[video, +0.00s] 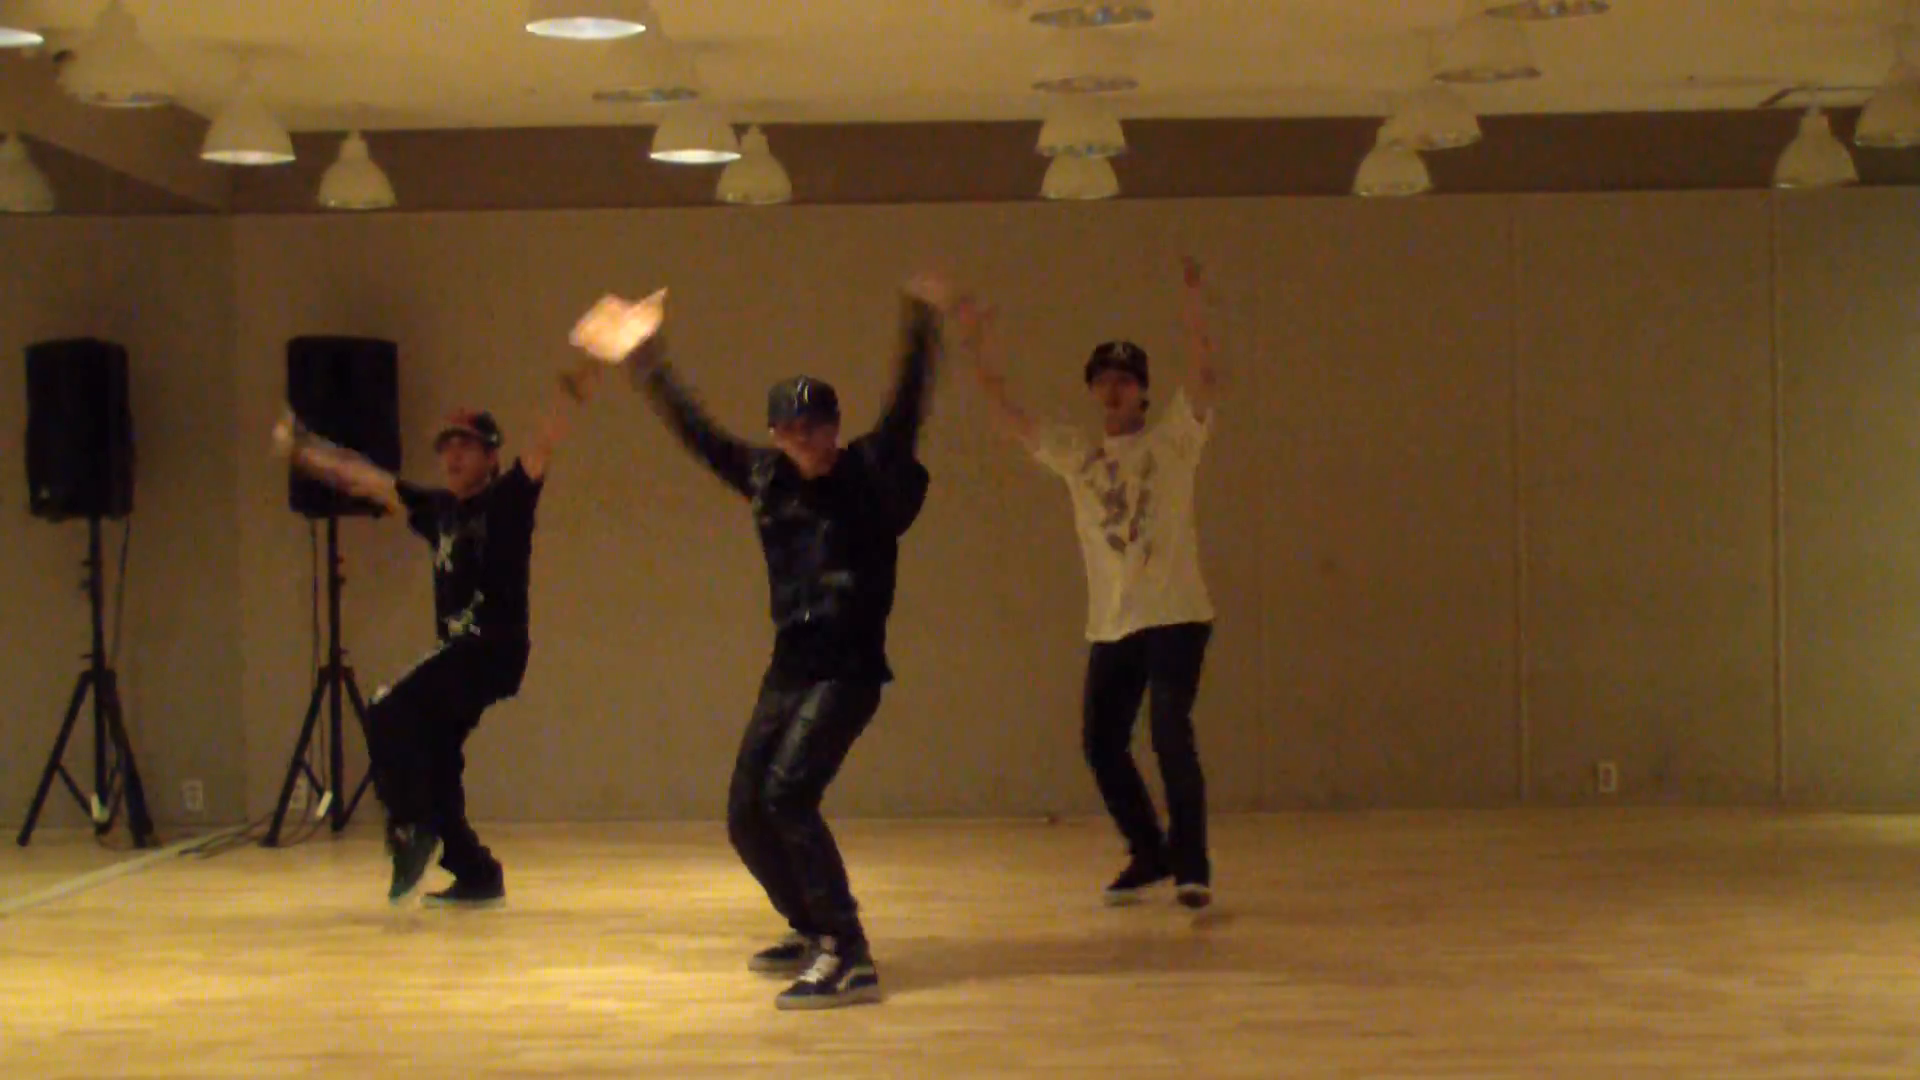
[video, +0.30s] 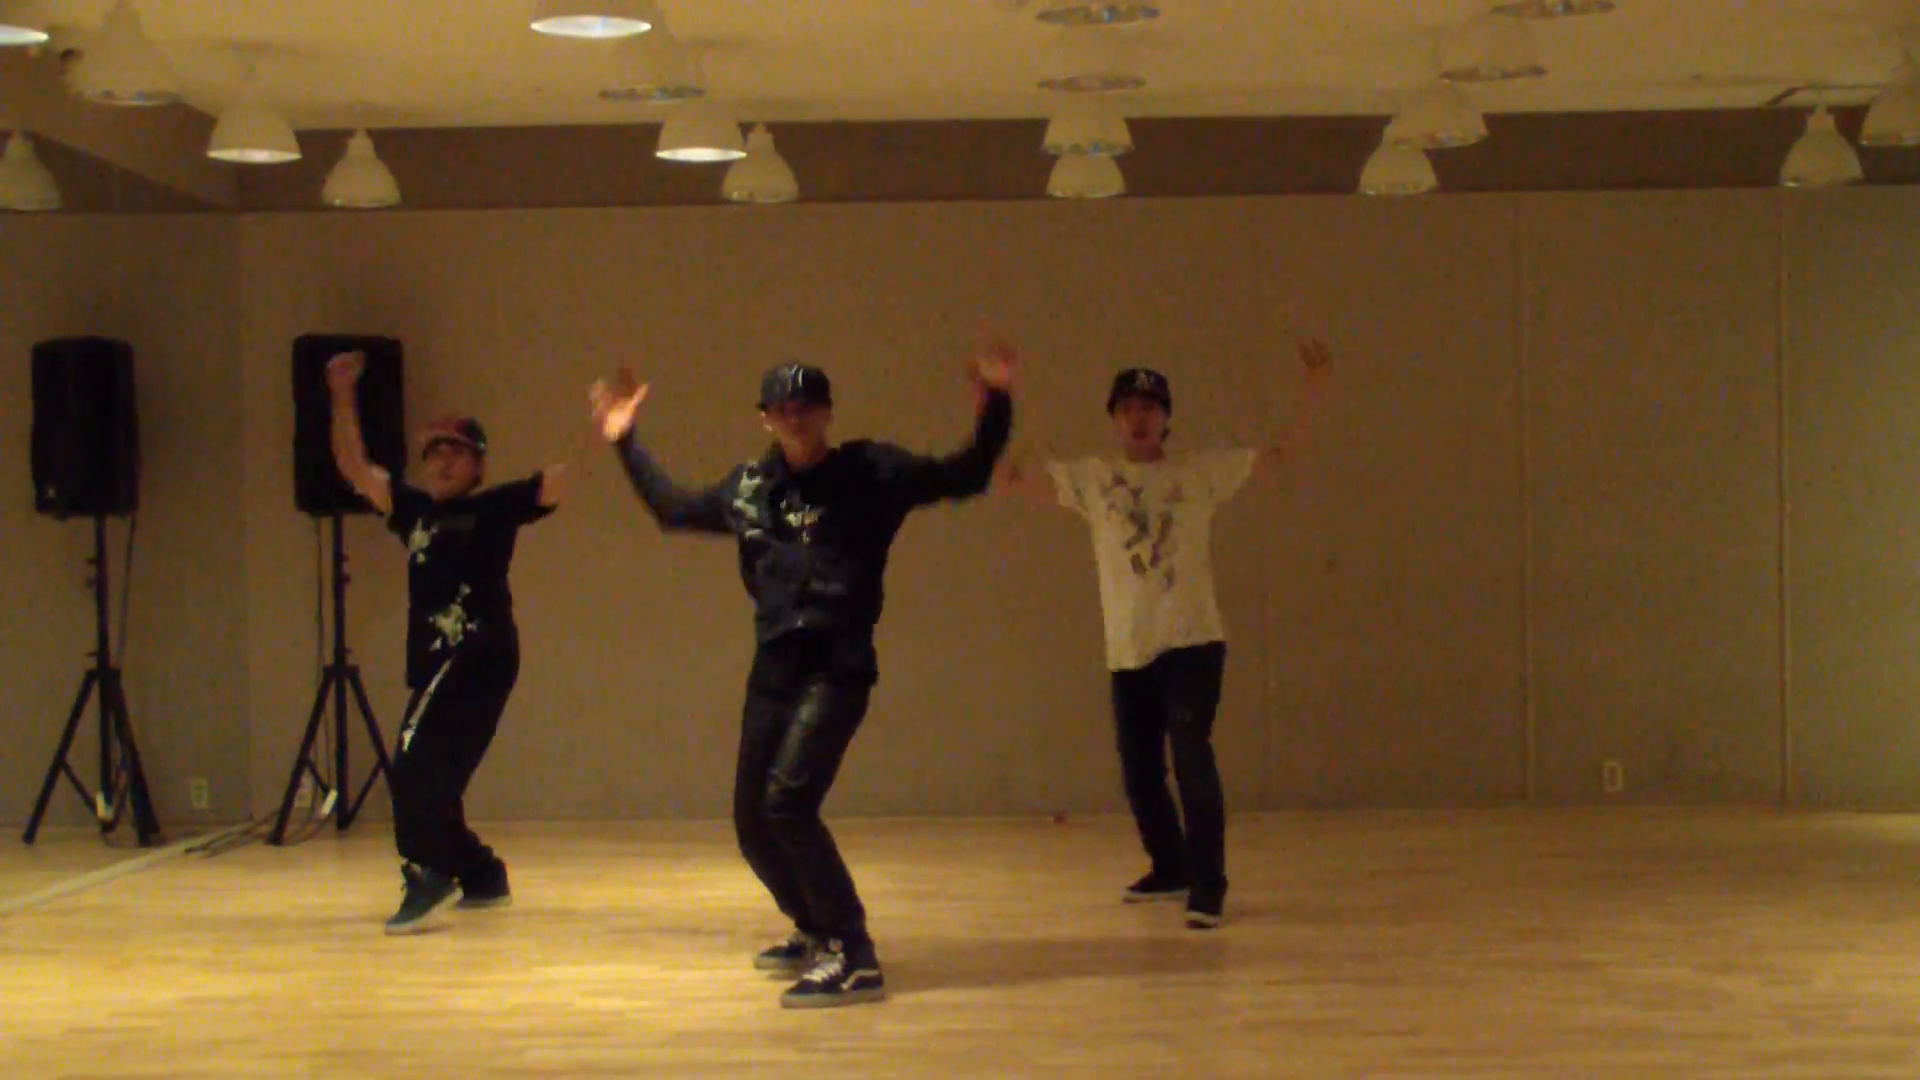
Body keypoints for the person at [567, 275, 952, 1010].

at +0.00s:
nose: (809, 447)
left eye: (816, 434)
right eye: (796, 438)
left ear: (837, 428)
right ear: (779, 439)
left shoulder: (875, 471)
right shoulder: (766, 479)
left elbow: (909, 405)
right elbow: (699, 432)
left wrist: (920, 320)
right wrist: (645, 357)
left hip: (849, 673)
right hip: (790, 671)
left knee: (786, 797)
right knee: (746, 814)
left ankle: (846, 953)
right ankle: (815, 933)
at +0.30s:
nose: (804, 423)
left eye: (813, 410)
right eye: (790, 413)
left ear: (830, 413)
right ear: (768, 420)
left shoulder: (870, 472)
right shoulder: (751, 487)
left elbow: (967, 474)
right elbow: (672, 507)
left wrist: (995, 400)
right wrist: (625, 442)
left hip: (839, 671)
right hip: (775, 670)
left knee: (788, 804)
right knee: (752, 815)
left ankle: (853, 955)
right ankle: (814, 933)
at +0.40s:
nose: (786, 428)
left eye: (796, 415)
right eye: (774, 418)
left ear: (817, 417)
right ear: (758, 426)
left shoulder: (862, 483)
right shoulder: (754, 497)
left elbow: (919, 569)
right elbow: (718, 593)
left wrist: (986, 565)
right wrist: (627, 592)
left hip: (840, 672)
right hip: (777, 673)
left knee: (789, 806)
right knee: (753, 816)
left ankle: (853, 952)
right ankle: (815, 934)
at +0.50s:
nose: (783, 433)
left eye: (791, 421)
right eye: (771, 425)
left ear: (809, 424)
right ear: (750, 433)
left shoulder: (853, 496)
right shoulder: (752, 510)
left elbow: (859, 597)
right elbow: (750, 593)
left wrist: (788, 627)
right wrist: (763, 630)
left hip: (841, 681)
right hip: (781, 681)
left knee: (790, 808)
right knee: (752, 820)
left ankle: (855, 952)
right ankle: (816, 931)